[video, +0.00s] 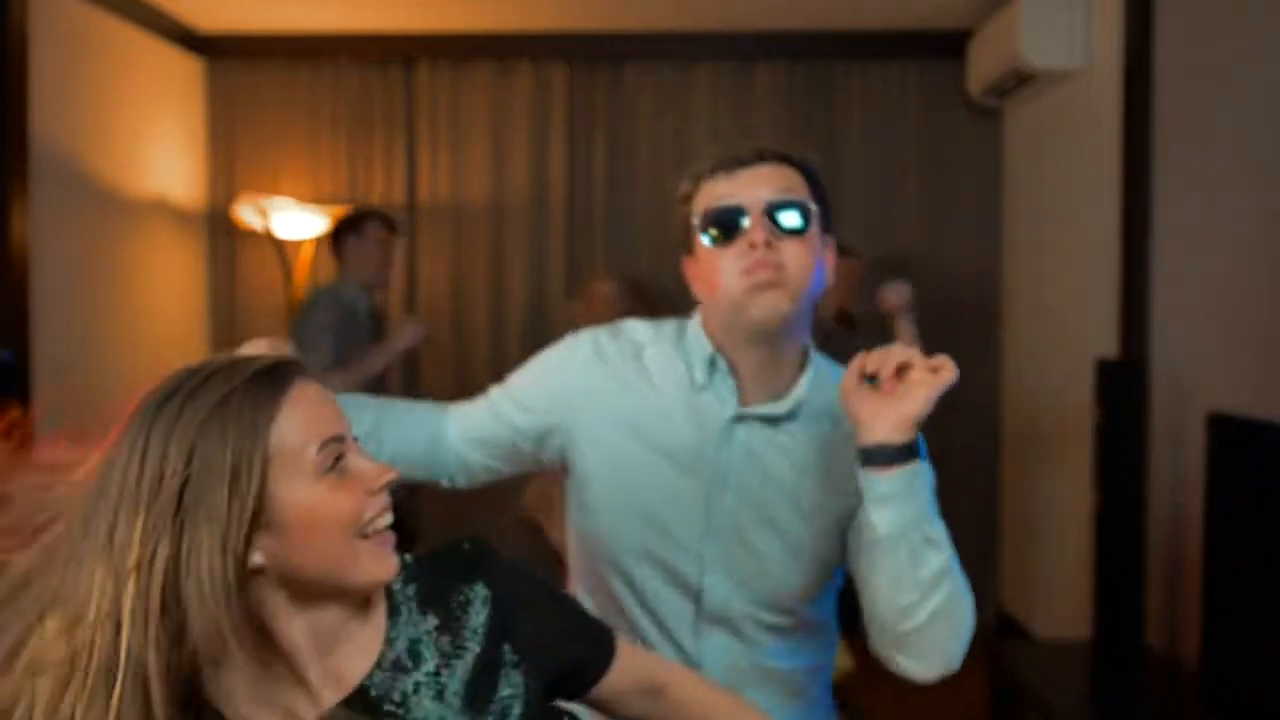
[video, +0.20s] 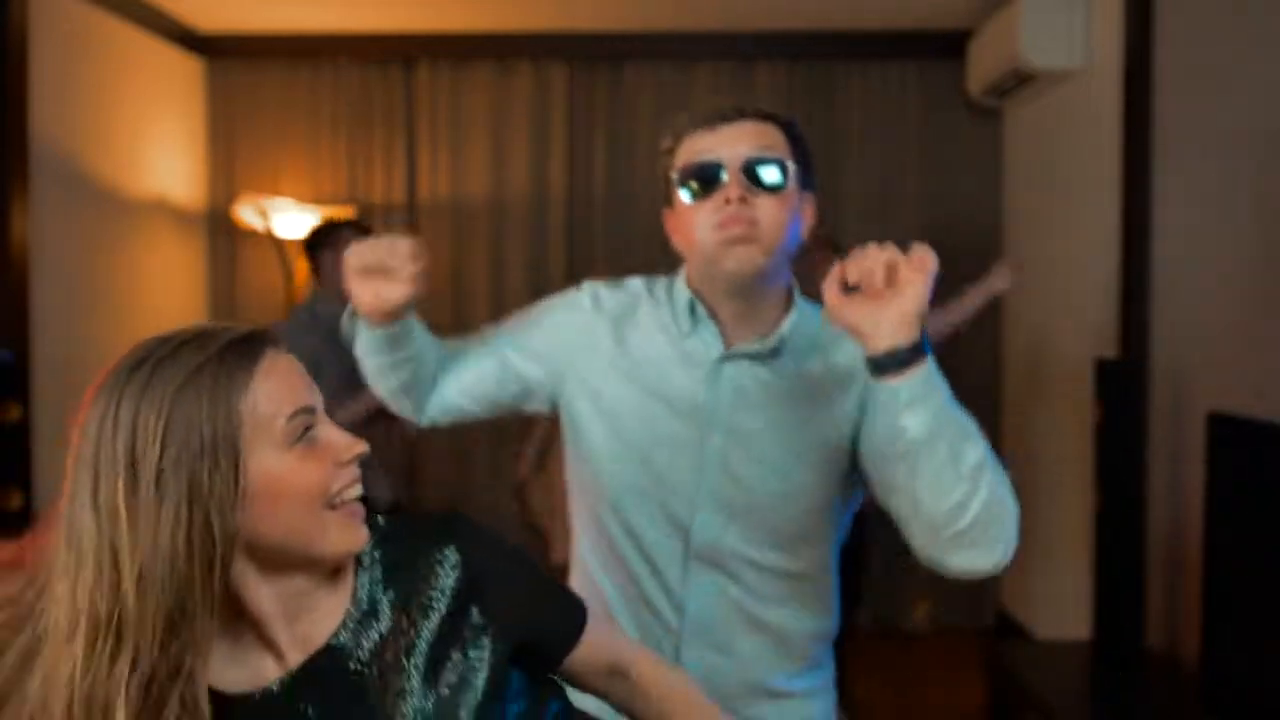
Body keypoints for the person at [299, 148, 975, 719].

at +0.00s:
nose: (760, 242)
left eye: (788, 220)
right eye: (726, 228)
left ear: (828, 262)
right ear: (692, 275)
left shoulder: (864, 420)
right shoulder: (597, 373)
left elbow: (926, 655)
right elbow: (451, 441)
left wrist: (889, 454)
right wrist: (291, 402)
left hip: (785, 713)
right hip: (618, 703)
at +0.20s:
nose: (735, 193)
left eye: (764, 175)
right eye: (705, 179)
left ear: (805, 218)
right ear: (672, 226)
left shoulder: (852, 365)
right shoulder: (591, 325)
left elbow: (977, 547)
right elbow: (431, 389)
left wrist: (901, 359)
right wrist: (382, 317)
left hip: (783, 704)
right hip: (612, 697)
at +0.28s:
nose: (711, 161)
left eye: (741, 143)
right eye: (681, 146)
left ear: (782, 184)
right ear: (650, 191)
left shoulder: (842, 325)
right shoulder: (580, 297)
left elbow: (1000, 483)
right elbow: (391, 350)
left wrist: (901, 319)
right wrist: (404, 284)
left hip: (783, 700)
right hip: (611, 693)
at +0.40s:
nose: (683, 134)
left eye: (713, 117)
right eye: (652, 115)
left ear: (747, 158)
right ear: (615, 154)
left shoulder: (825, 277)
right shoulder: (558, 266)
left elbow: (1026, 393)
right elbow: (343, 293)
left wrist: (918, 287)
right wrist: (424, 246)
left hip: (779, 685)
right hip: (604, 676)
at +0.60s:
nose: (642, 154)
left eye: (671, 139)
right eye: (613, 135)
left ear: (703, 182)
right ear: (573, 178)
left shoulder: (773, 260)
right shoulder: (535, 294)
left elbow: (1005, 255)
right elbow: (330, 266)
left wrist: (963, 316)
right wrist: (464, 267)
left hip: (782, 680)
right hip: (614, 677)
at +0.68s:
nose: (630, 180)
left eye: (658, 165)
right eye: (601, 162)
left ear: (691, 210)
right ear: (563, 206)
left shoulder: (751, 285)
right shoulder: (530, 324)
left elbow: (964, 241)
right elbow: (336, 301)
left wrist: (986, 364)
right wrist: (481, 301)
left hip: (779, 688)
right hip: (617, 687)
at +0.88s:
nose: (625, 257)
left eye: (653, 243)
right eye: (597, 242)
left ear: (686, 283)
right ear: (561, 285)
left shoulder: (749, 363)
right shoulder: (530, 411)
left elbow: (921, 340)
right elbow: (345, 401)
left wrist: (992, 435)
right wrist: (496, 392)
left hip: (765, 704)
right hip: (607, 710)